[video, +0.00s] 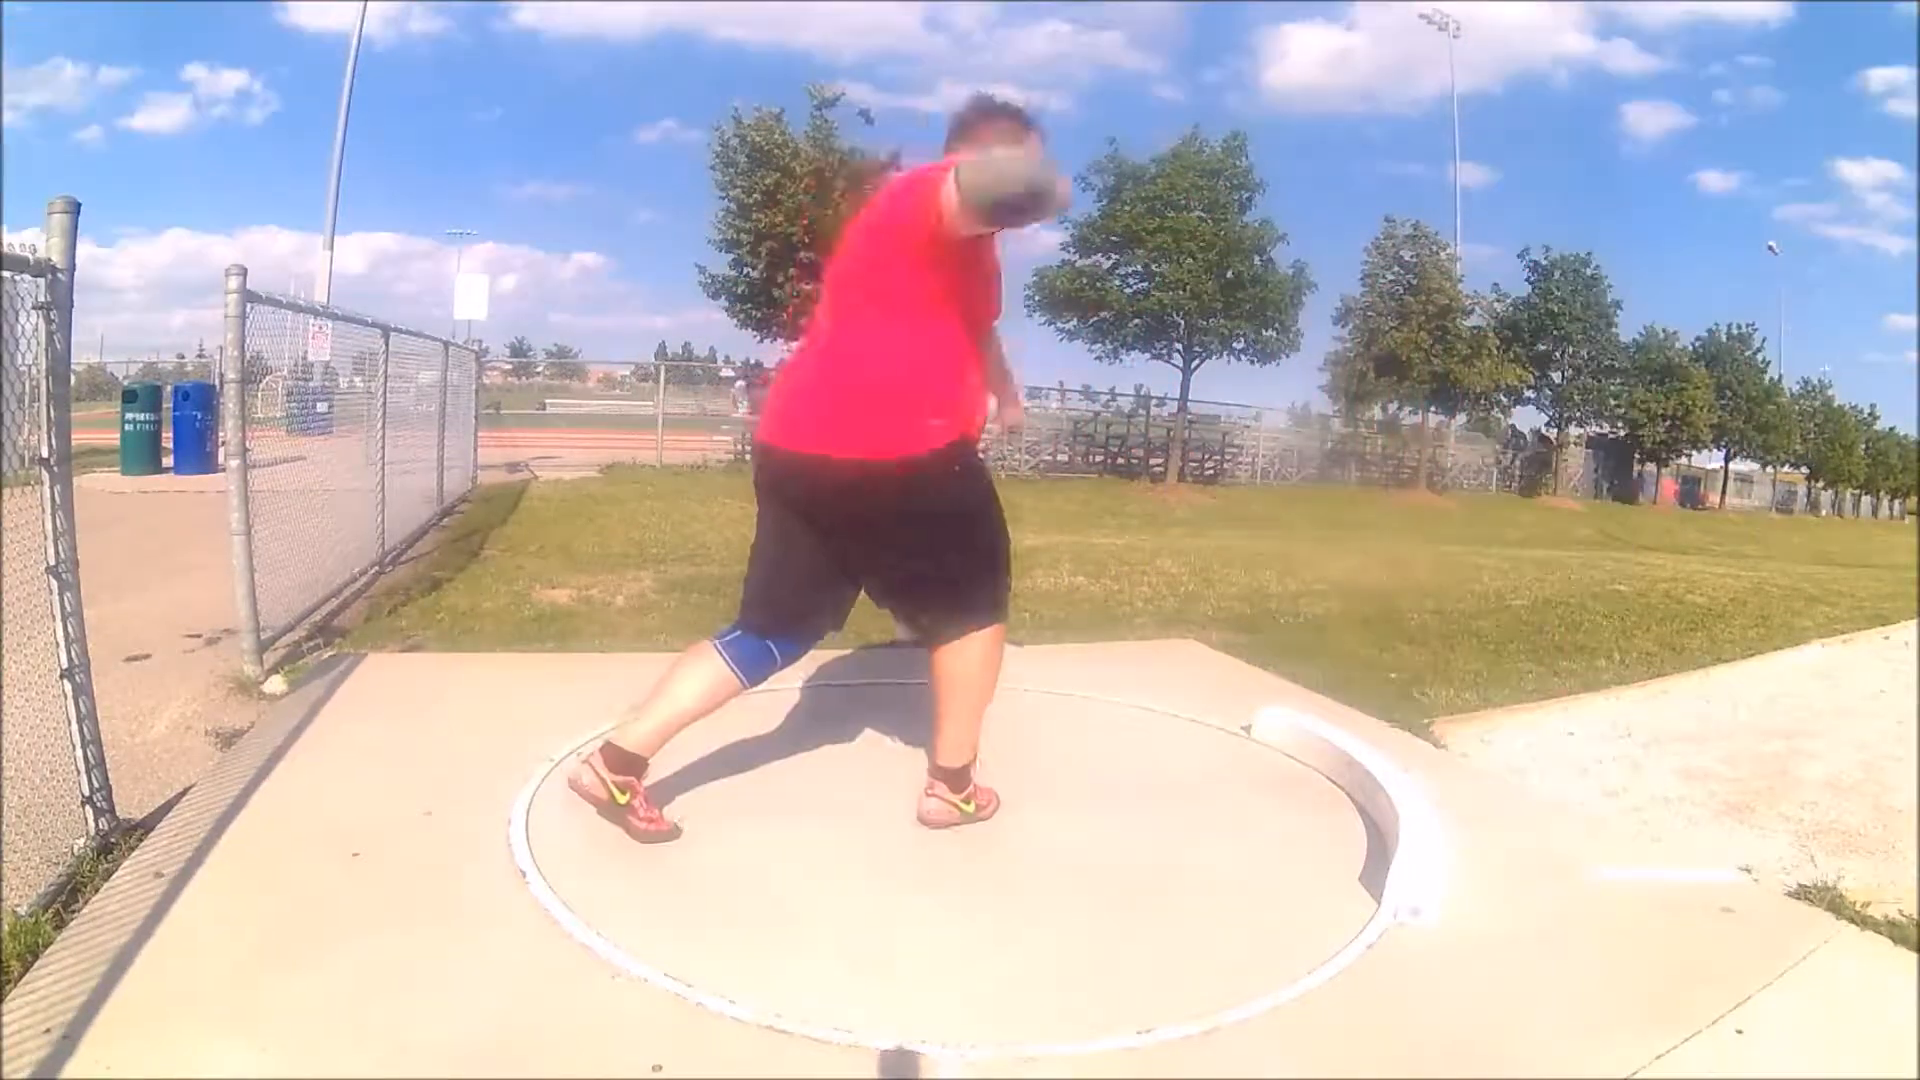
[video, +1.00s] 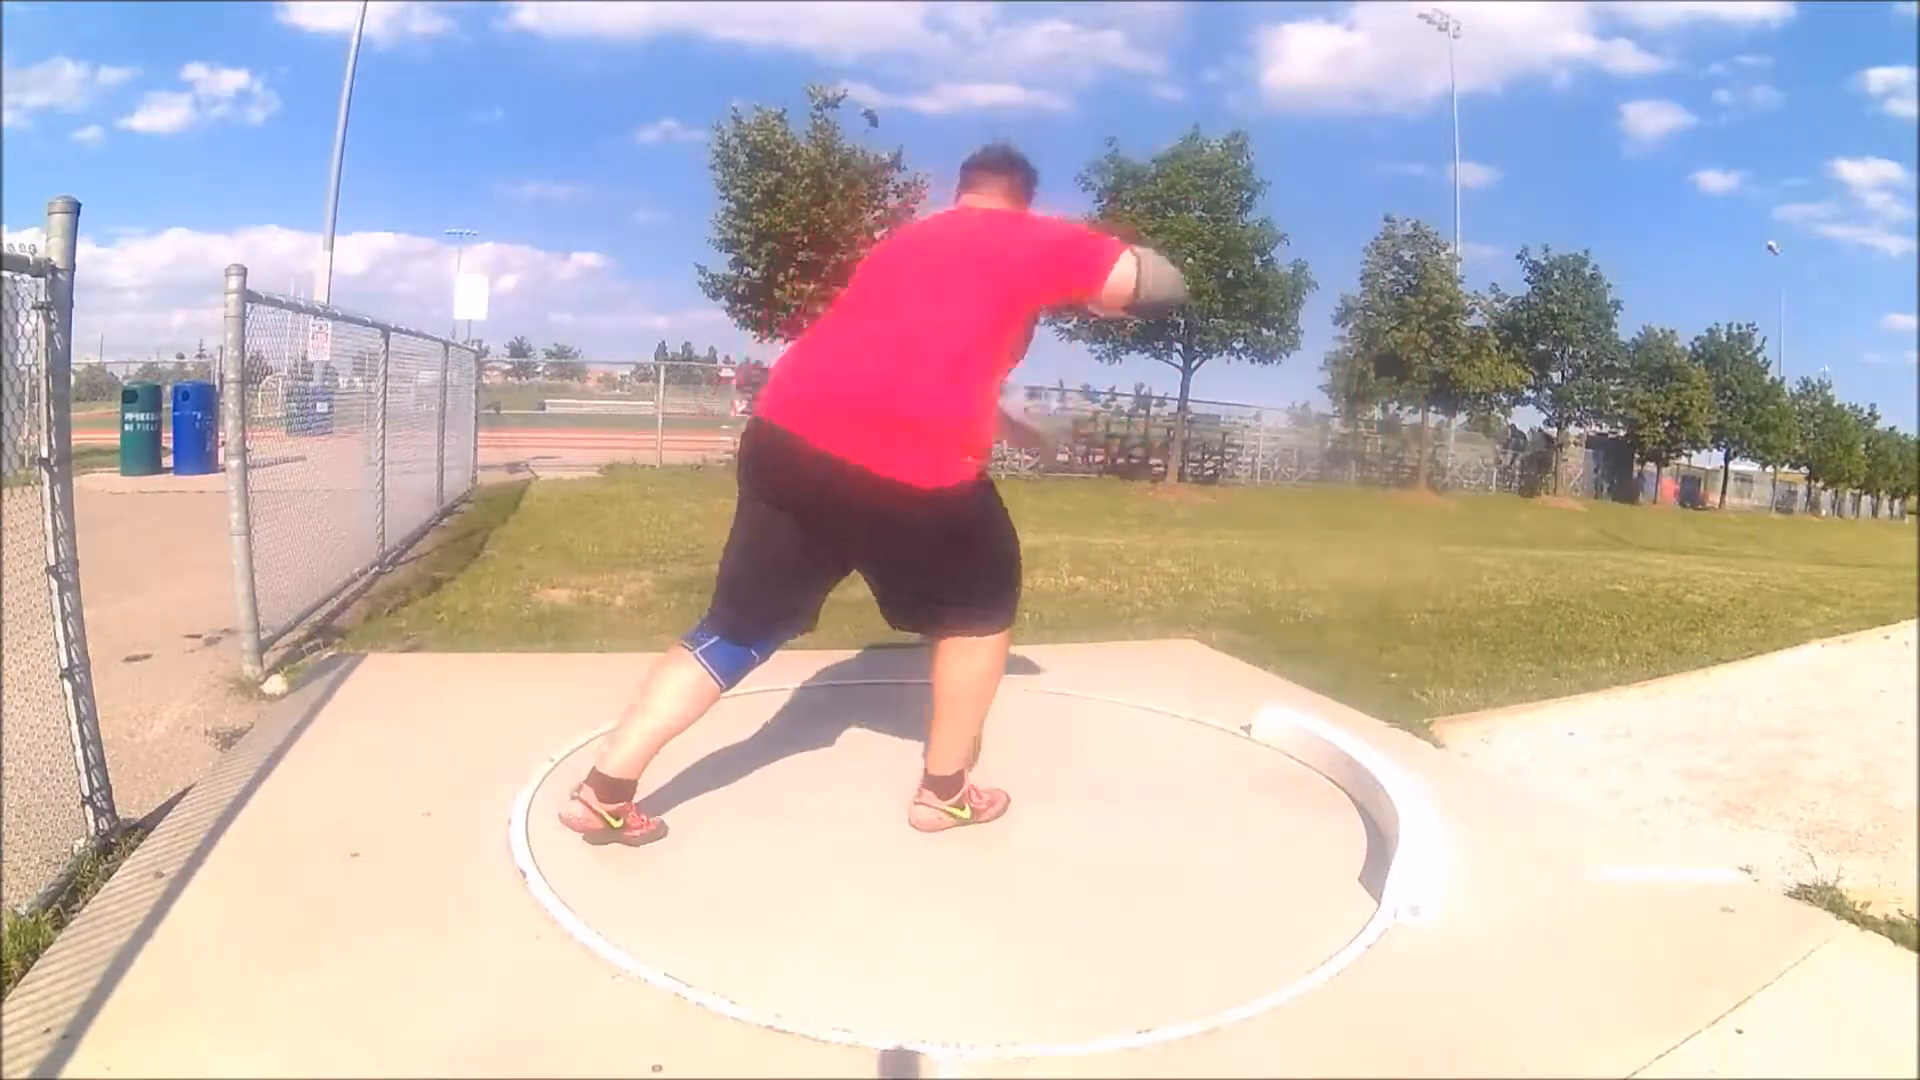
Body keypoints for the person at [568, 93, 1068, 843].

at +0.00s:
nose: (1026, 177)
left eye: (1026, 164)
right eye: (1020, 163)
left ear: (957, 140)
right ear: (997, 148)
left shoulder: (888, 206)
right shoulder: (944, 190)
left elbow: (972, 330)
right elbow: (1013, 175)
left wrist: (1004, 390)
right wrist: (1051, 183)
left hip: (798, 447)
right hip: (911, 451)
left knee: (773, 628)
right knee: (973, 606)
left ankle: (618, 760)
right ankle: (952, 780)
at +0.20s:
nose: (1019, 173)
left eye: (1020, 160)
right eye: (1009, 155)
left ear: (992, 165)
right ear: (954, 147)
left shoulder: (983, 263)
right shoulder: (861, 206)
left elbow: (1065, 332)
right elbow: (873, 182)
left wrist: (1155, 401)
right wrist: (933, 170)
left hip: (775, 451)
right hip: (886, 452)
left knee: (761, 629)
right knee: (960, 602)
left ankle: (610, 758)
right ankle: (945, 782)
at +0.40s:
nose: (1010, 163)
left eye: (1012, 148)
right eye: (1001, 145)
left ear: (960, 145)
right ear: (948, 138)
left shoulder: (983, 245)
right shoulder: (835, 195)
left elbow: (1065, 317)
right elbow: (798, 157)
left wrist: (1089, 384)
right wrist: (931, 162)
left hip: (764, 439)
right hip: (857, 439)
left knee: (752, 623)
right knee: (934, 604)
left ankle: (605, 759)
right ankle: (942, 785)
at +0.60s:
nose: (1015, 165)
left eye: (1016, 150)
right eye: (1006, 146)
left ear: (968, 144)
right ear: (954, 138)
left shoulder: (982, 246)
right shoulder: (841, 184)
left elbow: (1051, 325)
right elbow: (803, 158)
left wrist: (973, 357)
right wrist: (935, 170)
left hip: (755, 432)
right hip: (855, 438)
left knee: (745, 618)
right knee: (919, 606)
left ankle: (602, 762)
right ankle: (939, 788)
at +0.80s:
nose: (1028, 208)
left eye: (1030, 188)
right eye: (1027, 184)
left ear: (953, 160)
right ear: (991, 168)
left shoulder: (971, 270)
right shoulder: (892, 196)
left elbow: (1033, 341)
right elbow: (947, 206)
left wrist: (1087, 400)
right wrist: (1006, 216)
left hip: (746, 436)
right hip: (852, 449)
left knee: (743, 626)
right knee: (942, 605)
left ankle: (605, 771)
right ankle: (939, 787)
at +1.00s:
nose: (1016, 216)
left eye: (994, 199)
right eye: (1027, 207)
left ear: (961, 191)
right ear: (1027, 202)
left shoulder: (907, 235)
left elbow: (919, 359)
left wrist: (1017, 425)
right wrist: (1115, 272)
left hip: (788, 441)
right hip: (915, 471)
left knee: (732, 631)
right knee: (979, 602)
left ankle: (606, 785)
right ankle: (944, 786)